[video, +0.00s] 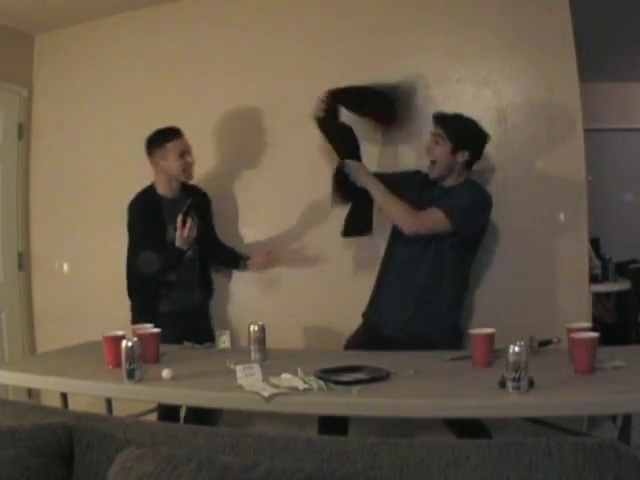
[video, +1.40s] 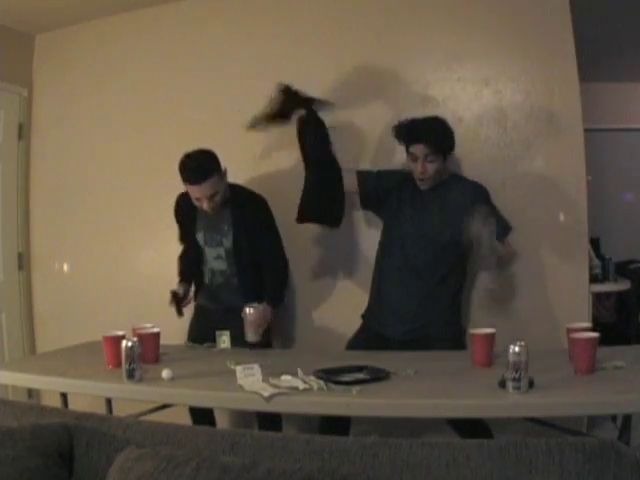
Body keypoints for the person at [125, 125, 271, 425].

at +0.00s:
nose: (189, 159)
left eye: (188, 153)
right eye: (180, 155)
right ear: (157, 164)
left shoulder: (198, 199)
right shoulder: (142, 206)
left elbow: (210, 248)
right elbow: (144, 267)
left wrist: (245, 261)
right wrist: (179, 247)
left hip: (196, 311)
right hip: (158, 316)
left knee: (206, 391)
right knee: (169, 394)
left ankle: (198, 456)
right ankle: (167, 459)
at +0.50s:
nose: (160, 148)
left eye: (159, 142)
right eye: (149, 145)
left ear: (165, 149)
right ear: (133, 162)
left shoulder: (196, 188)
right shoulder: (134, 213)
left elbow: (224, 229)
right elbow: (154, 268)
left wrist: (257, 227)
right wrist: (161, 233)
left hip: (219, 301)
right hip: (176, 311)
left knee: (237, 379)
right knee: (173, 387)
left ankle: (238, 451)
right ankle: (170, 456)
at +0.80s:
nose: (192, 187)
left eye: (196, 178)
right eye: (182, 182)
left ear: (204, 166)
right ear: (168, 177)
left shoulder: (235, 197)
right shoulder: (167, 208)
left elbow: (258, 245)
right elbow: (159, 266)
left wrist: (274, 275)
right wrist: (142, 240)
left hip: (239, 313)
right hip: (193, 316)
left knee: (255, 390)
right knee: (178, 391)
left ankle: (271, 460)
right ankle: (174, 457)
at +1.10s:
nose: (215, 222)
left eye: (222, 213)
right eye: (207, 216)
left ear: (231, 193)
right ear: (195, 203)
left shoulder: (256, 215)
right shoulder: (191, 210)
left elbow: (279, 273)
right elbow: (199, 240)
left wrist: (275, 319)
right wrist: (189, 269)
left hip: (252, 312)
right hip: (212, 310)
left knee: (261, 383)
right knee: (194, 374)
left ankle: (272, 453)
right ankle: (209, 446)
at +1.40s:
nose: (207, 205)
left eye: (213, 196)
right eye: (197, 199)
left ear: (224, 177)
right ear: (187, 189)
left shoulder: (252, 205)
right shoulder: (185, 206)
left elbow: (275, 261)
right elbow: (189, 249)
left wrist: (269, 305)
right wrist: (185, 282)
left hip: (249, 311)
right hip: (208, 310)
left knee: (260, 384)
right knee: (190, 377)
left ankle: (271, 454)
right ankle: (207, 447)